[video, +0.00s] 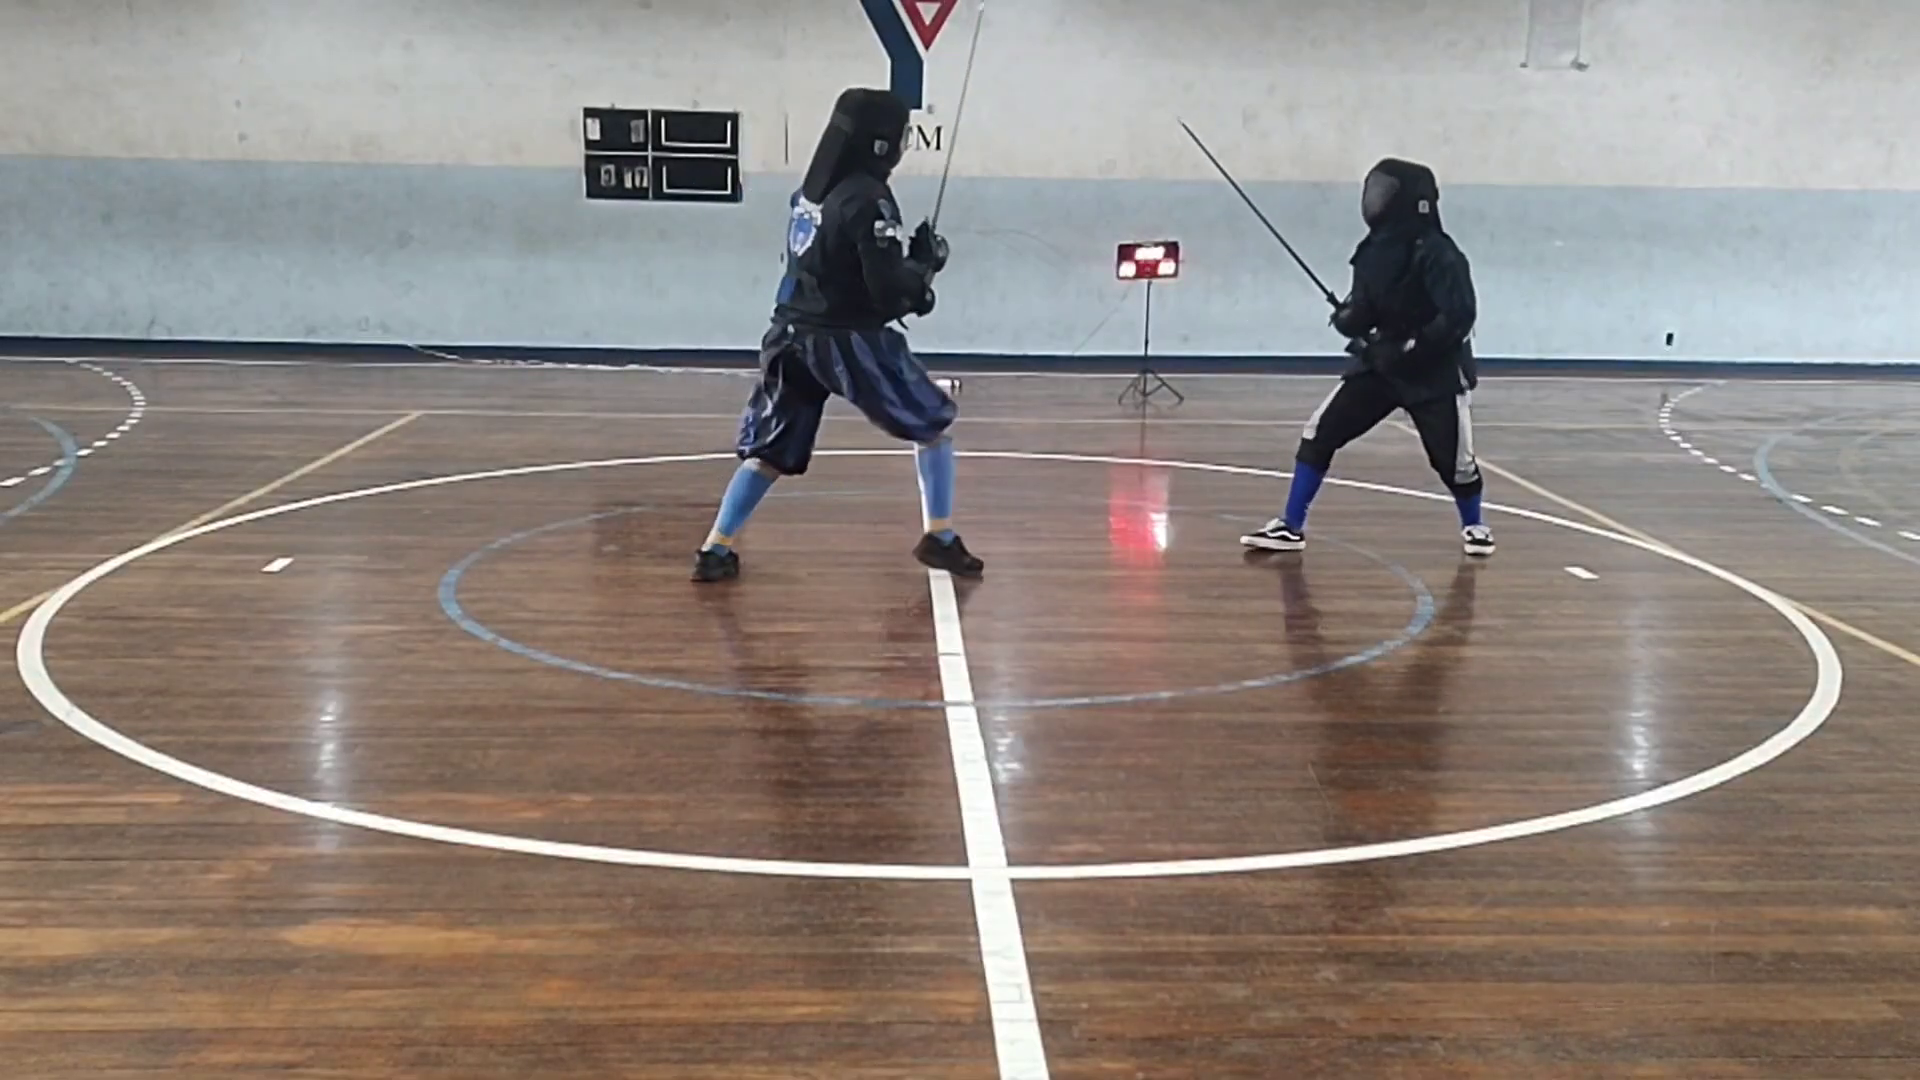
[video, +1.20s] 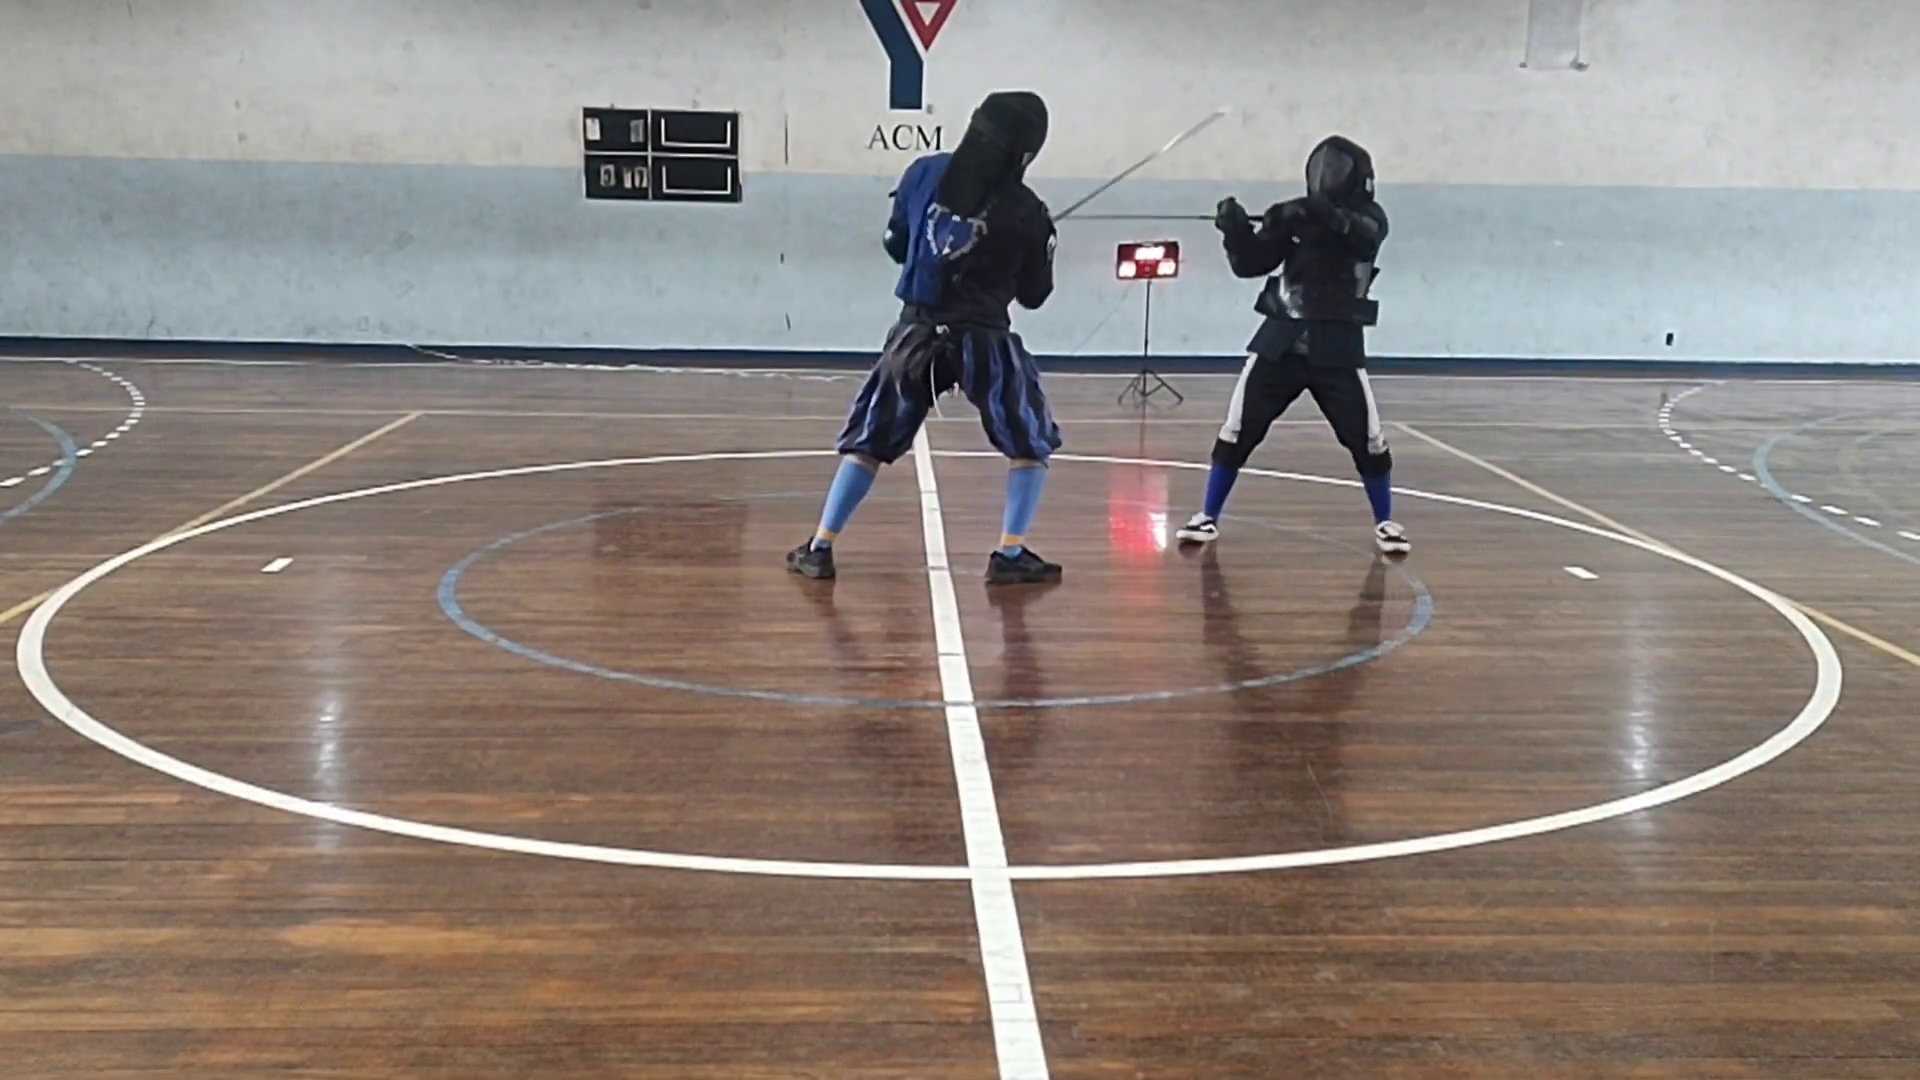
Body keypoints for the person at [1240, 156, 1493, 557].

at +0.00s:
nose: (1368, 197)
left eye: (1378, 189)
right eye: (1368, 188)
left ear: (1405, 196)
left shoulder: (1438, 251)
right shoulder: (1371, 251)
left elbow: (1459, 315)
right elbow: (1361, 311)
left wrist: (1409, 350)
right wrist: (1348, 319)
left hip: (1435, 375)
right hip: (1379, 370)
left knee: (1455, 461)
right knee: (1319, 433)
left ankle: (1473, 526)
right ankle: (1290, 526)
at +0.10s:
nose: (1369, 205)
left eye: (1380, 198)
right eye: (1370, 196)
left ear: (1406, 206)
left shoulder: (1438, 262)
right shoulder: (1367, 257)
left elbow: (1455, 326)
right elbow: (1356, 317)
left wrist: (1404, 357)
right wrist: (1342, 322)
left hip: (1423, 382)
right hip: (1365, 376)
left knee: (1453, 465)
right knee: (1298, 427)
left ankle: (1473, 526)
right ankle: (1281, 519)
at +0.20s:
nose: (1355, 212)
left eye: (1366, 203)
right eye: (1356, 202)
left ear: (1395, 211)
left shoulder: (1428, 269)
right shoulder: (1352, 260)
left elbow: (1417, 347)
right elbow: (1326, 324)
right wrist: (1309, 310)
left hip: (1407, 387)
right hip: (1346, 380)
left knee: (1446, 467)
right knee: (1276, 435)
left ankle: (1473, 526)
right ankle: (1242, 516)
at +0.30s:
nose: (1343, 207)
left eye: (1353, 199)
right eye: (1342, 198)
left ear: (1378, 204)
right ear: (1342, 205)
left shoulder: (1402, 250)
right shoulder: (1329, 249)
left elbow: (1376, 295)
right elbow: (1275, 279)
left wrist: (1324, 275)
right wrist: (1244, 259)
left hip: (1385, 378)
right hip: (1323, 377)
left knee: (1444, 456)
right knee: (1260, 446)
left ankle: (1472, 527)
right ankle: (1210, 519)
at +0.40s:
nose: (1333, 207)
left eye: (1342, 199)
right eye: (1329, 198)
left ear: (1360, 201)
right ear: (1323, 198)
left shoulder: (1385, 237)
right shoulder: (1311, 230)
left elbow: (1340, 236)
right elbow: (1263, 228)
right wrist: (1226, 198)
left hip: (1367, 377)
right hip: (1308, 375)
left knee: (1434, 451)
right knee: (1249, 449)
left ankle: (1468, 528)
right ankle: (1209, 519)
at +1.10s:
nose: (1326, 177)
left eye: (1335, 169)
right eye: (1322, 168)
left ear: (1357, 175)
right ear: (1313, 171)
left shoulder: (1372, 219)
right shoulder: (1302, 209)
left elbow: (1360, 234)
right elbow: (1253, 228)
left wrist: (1293, 197)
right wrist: (1228, 199)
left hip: (1339, 352)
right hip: (1281, 348)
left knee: (1382, 441)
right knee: (1238, 434)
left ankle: (1425, 521)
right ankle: (1208, 519)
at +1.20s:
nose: (1326, 174)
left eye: (1337, 166)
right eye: (1320, 164)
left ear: (1356, 174)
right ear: (1310, 168)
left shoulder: (1368, 216)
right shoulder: (1290, 214)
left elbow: (1366, 237)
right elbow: (1249, 263)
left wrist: (1327, 213)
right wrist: (1236, 229)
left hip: (1337, 348)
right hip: (1279, 344)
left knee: (1368, 441)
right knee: (1237, 431)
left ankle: (1385, 524)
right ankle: (1207, 517)